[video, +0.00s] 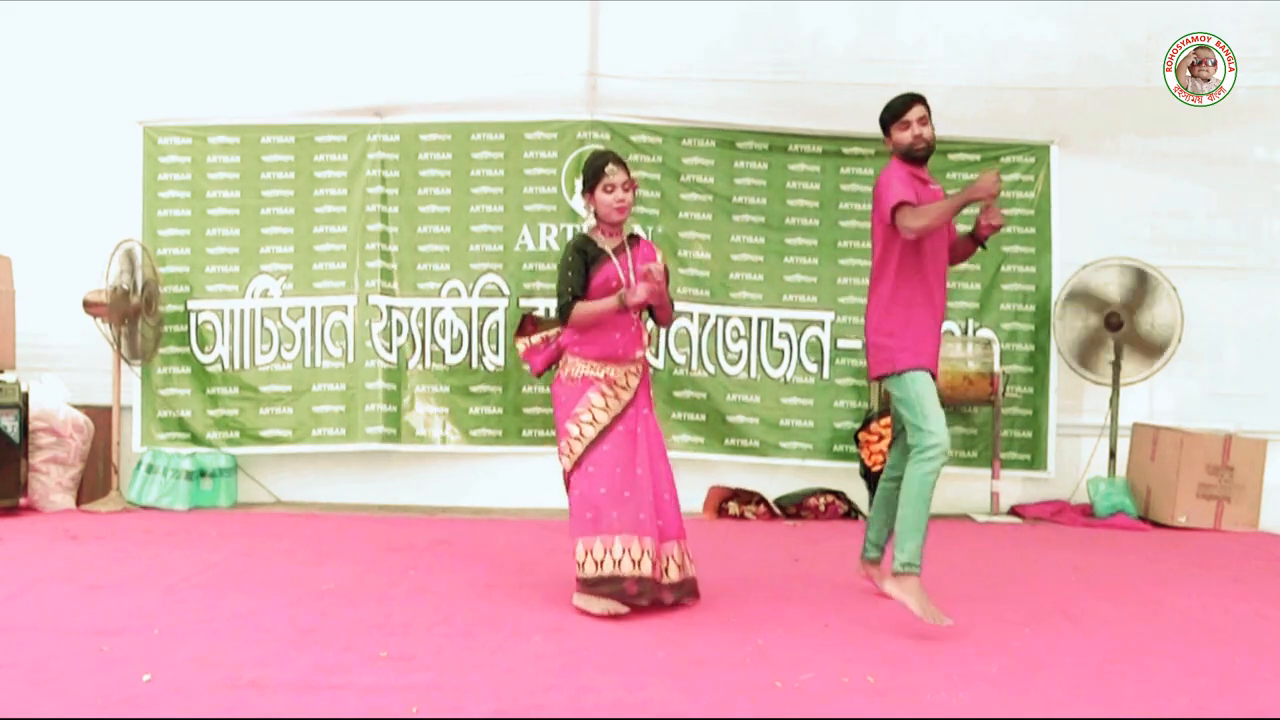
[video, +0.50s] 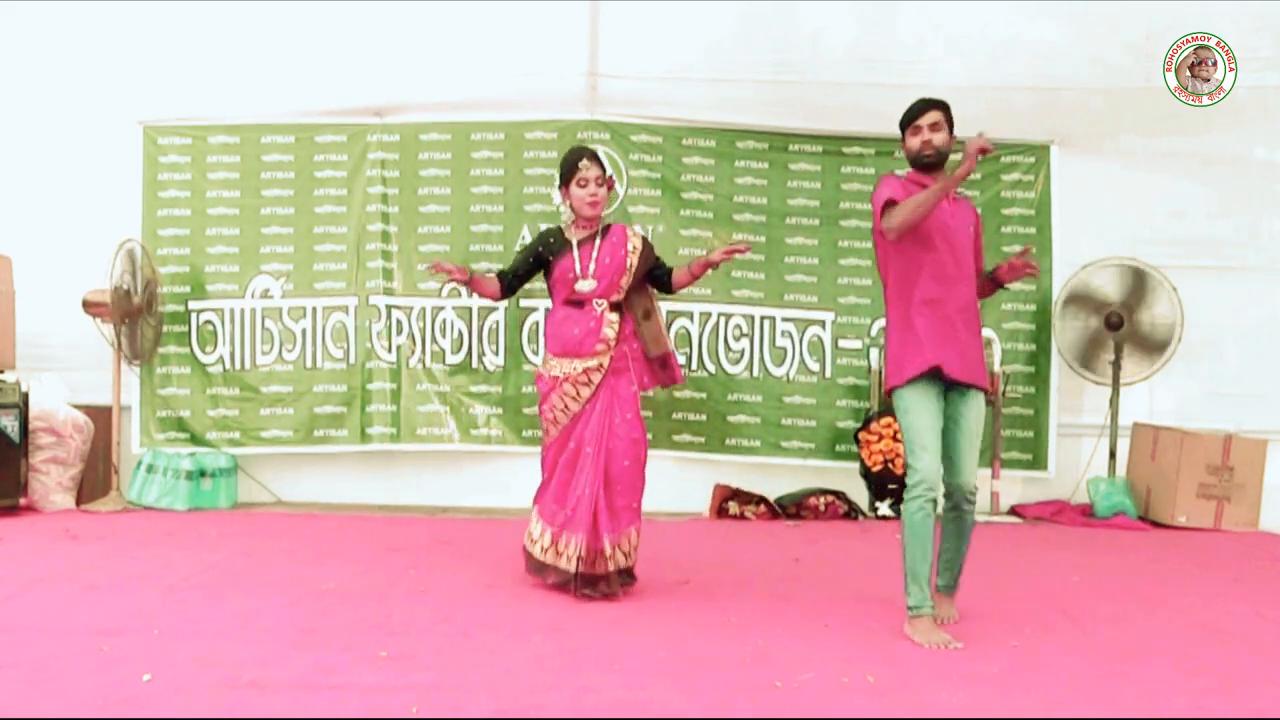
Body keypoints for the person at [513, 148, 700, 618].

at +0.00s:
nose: (621, 196)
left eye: (627, 187)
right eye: (610, 189)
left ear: (634, 192)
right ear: (589, 198)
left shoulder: (645, 250)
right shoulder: (580, 249)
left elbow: (666, 317)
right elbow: (569, 314)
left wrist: (659, 291)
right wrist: (621, 301)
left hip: (631, 374)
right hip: (585, 374)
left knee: (641, 471)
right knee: (597, 474)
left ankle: (643, 577)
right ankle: (595, 582)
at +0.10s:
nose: (610, 193)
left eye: (616, 184)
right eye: (599, 185)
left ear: (625, 189)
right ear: (581, 192)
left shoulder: (639, 241)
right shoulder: (567, 244)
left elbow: (662, 293)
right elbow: (559, 309)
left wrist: (626, 266)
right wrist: (594, 275)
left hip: (626, 359)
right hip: (576, 362)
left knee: (629, 453)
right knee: (583, 456)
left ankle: (635, 561)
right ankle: (565, 551)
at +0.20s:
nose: (604, 193)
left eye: (611, 184)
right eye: (593, 185)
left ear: (620, 189)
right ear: (576, 193)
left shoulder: (637, 242)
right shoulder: (560, 248)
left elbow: (654, 299)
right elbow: (543, 313)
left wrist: (615, 276)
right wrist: (576, 288)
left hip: (623, 363)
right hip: (572, 365)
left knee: (621, 455)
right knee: (570, 456)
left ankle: (616, 559)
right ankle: (557, 539)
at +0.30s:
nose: (596, 202)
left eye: (603, 194)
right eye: (585, 194)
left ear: (612, 200)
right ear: (568, 202)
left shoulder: (630, 255)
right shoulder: (552, 259)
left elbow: (661, 309)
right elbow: (526, 308)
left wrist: (634, 307)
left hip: (618, 378)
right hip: (566, 379)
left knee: (616, 466)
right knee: (571, 466)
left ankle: (620, 566)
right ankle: (578, 563)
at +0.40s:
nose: (592, 204)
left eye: (599, 196)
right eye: (582, 196)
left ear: (609, 203)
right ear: (565, 205)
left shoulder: (629, 256)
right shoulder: (549, 259)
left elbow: (662, 296)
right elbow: (510, 309)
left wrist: (681, 293)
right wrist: (476, 307)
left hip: (617, 376)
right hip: (564, 378)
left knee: (613, 464)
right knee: (565, 466)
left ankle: (609, 562)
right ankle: (569, 561)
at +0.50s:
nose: (593, 192)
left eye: (600, 183)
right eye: (582, 184)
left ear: (609, 189)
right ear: (565, 192)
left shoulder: (629, 241)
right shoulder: (551, 242)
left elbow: (667, 280)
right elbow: (502, 286)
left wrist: (707, 262)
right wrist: (467, 277)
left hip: (616, 367)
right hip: (565, 368)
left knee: (620, 459)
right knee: (570, 461)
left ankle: (609, 562)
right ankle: (572, 560)